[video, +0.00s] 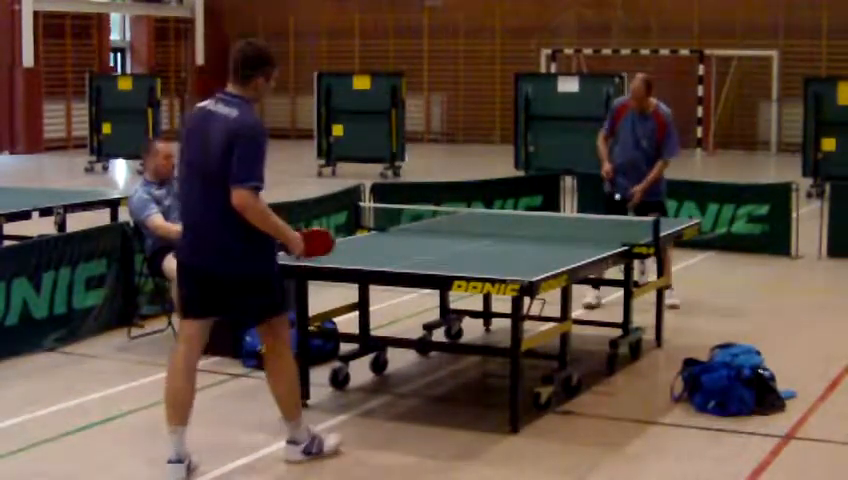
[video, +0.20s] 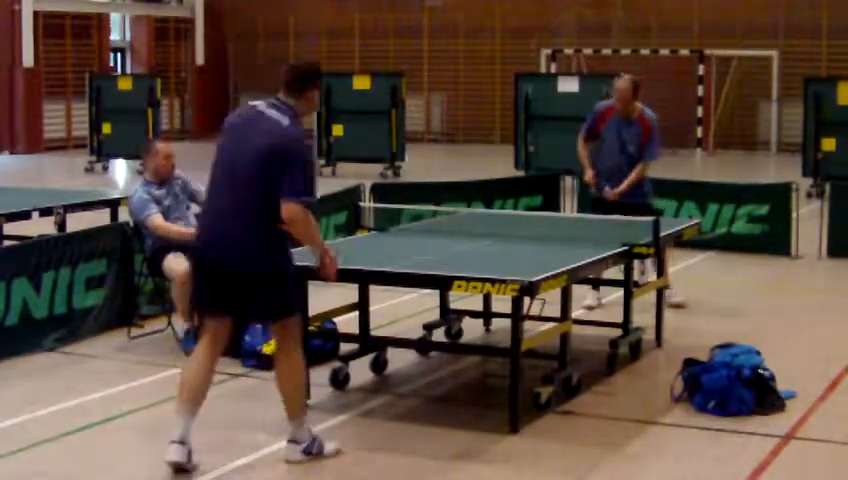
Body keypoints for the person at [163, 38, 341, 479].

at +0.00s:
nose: (271, 85)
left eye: (270, 78)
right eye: (271, 79)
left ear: (231, 72)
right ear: (263, 79)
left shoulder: (197, 115)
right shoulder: (248, 124)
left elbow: (188, 185)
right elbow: (244, 197)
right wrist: (287, 235)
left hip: (196, 253)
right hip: (245, 255)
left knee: (188, 345)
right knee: (276, 337)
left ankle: (176, 454)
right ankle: (300, 438)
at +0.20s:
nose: (318, 104)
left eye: (318, 97)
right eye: (318, 98)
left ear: (282, 87)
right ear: (311, 96)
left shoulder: (239, 118)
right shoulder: (291, 139)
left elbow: (226, 182)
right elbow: (292, 212)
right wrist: (322, 251)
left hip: (213, 246)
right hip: (264, 252)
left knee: (211, 339)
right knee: (289, 340)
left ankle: (178, 440)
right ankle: (300, 437)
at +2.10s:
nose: (324, 109)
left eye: (324, 102)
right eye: (325, 103)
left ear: (288, 98)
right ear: (315, 101)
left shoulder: (251, 135)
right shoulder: (306, 141)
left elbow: (236, 197)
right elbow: (321, 212)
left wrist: (282, 219)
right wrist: (363, 225)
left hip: (239, 251)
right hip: (285, 254)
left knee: (242, 339)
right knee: (343, 334)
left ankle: (211, 435)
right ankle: (350, 441)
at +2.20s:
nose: (351, 112)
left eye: (351, 104)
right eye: (350, 104)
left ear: (314, 99)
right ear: (339, 104)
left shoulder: (281, 132)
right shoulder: (314, 144)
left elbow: (290, 197)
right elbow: (310, 214)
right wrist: (357, 252)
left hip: (248, 257)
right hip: (289, 262)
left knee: (252, 342)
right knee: (360, 329)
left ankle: (212, 433)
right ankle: (378, 440)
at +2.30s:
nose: (381, 134)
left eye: (382, 127)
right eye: (380, 126)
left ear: (351, 118)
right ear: (364, 123)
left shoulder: (319, 141)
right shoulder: (332, 159)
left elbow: (351, 204)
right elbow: (297, 222)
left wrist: (400, 208)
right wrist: (332, 277)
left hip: (261, 264)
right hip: (290, 272)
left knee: (266, 347)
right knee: (373, 335)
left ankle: (215, 432)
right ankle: (411, 439)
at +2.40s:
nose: (417, 158)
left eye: (419, 150)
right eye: (417, 150)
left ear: (389, 139)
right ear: (402, 145)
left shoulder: (358, 155)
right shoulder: (355, 175)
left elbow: (391, 189)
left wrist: (438, 200)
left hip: (284, 267)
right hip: (321, 269)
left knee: (271, 353)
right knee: (401, 336)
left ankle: (215, 435)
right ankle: (421, 444)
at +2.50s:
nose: (444, 171)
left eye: (449, 164)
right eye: (447, 163)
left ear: (419, 142)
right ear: (436, 155)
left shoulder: (371, 147)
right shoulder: (397, 194)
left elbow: (396, 179)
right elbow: (386, 268)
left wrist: (423, 190)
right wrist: (429, 282)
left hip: (303, 260)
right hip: (349, 274)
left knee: (282, 340)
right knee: (420, 332)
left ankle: (219, 429)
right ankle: (420, 444)